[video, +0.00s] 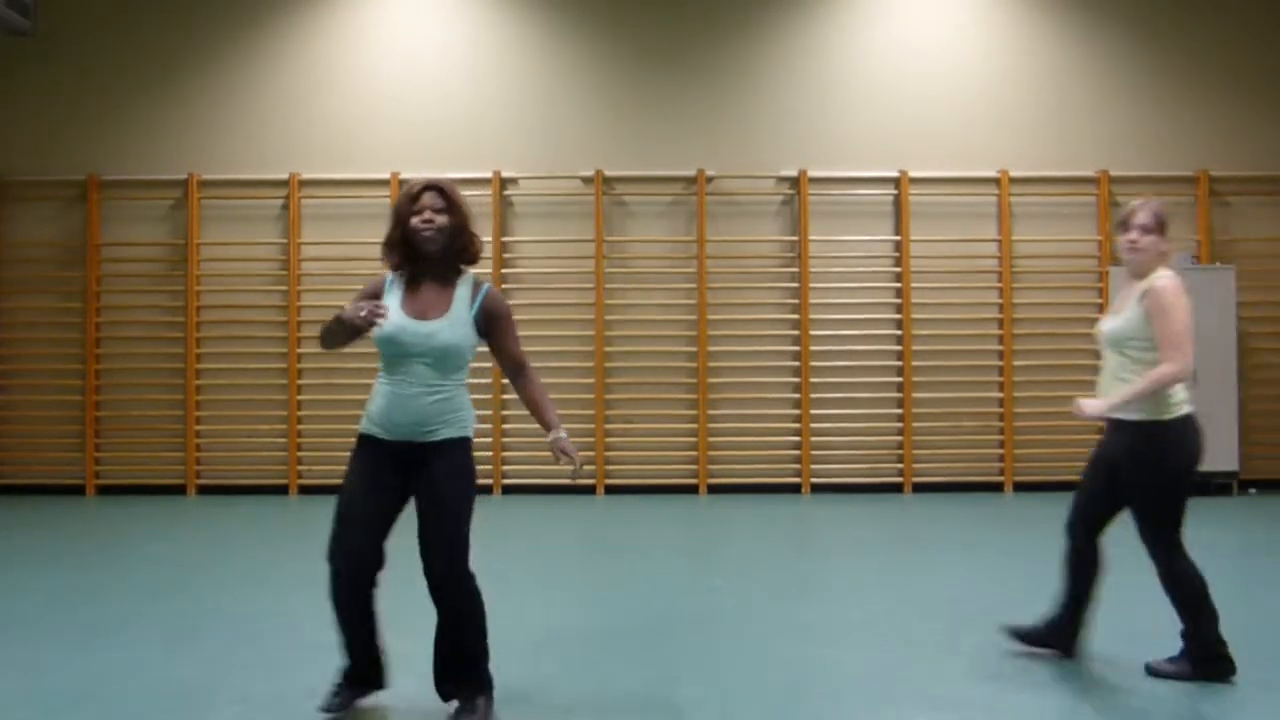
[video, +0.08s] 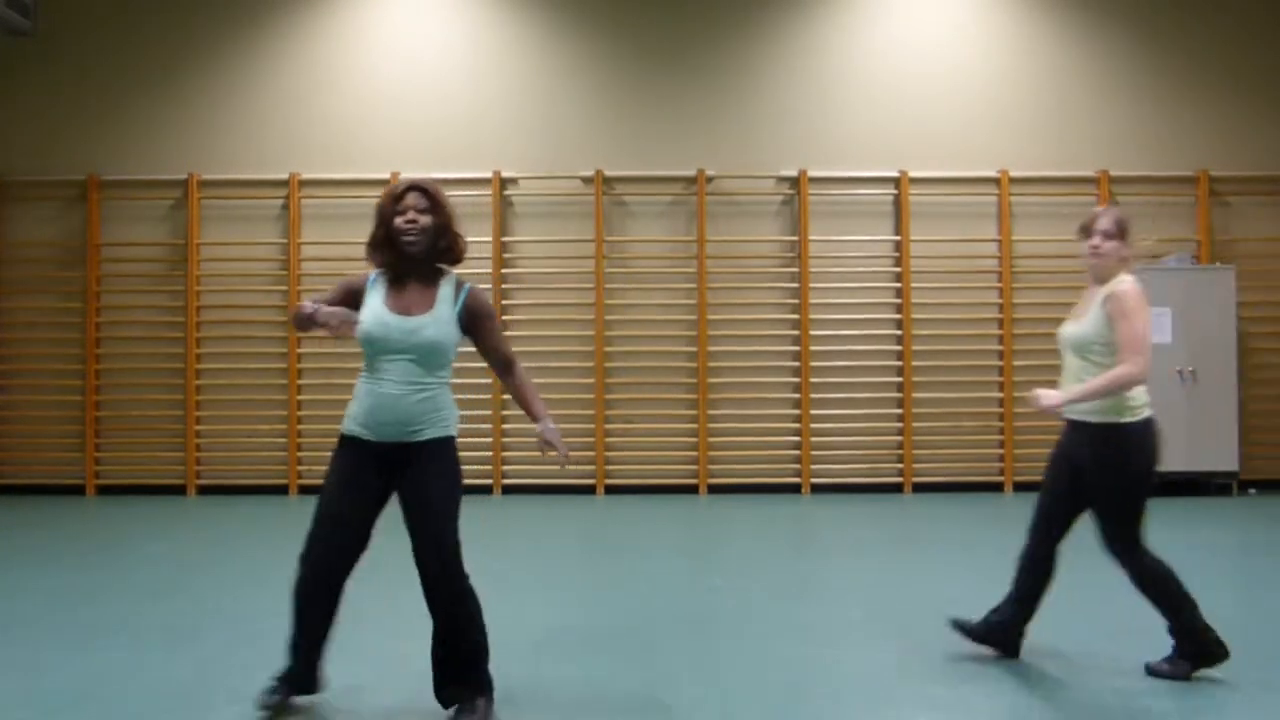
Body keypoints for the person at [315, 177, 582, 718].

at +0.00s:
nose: (428, 219)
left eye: (439, 212)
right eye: (418, 213)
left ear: (458, 226)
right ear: (403, 227)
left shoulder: (480, 298)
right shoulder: (385, 287)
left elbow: (519, 371)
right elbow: (329, 341)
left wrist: (555, 428)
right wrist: (349, 322)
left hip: (446, 447)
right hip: (380, 443)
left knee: (447, 570)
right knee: (348, 556)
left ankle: (473, 692)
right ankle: (362, 674)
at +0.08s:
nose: (410, 218)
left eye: (422, 211)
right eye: (401, 211)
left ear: (440, 226)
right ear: (387, 225)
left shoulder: (464, 297)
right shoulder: (367, 287)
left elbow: (507, 366)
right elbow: (301, 316)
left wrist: (542, 417)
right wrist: (315, 316)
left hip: (429, 446)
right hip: (363, 443)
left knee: (441, 570)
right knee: (320, 563)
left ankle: (472, 694)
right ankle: (300, 676)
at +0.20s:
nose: (380, 227)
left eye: (390, 220)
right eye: (370, 220)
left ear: (408, 233)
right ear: (353, 233)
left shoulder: (430, 303)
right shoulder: (333, 285)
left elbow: (472, 361)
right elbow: (267, 289)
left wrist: (504, 404)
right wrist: (281, 311)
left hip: (393, 452)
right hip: (324, 449)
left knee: (421, 573)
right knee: (286, 566)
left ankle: (467, 695)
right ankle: (231, 679)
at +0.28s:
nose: (358, 233)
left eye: (369, 226)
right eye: (348, 225)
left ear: (386, 239)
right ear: (332, 237)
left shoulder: (405, 310)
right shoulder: (311, 286)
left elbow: (443, 364)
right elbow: (244, 291)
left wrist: (458, 389)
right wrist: (257, 319)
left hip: (363, 455)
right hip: (294, 449)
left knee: (393, 571)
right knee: (262, 566)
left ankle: (455, 695)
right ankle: (230, 688)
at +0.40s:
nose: (334, 240)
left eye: (345, 233)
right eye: (324, 233)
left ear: (362, 245)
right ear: (308, 244)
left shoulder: (381, 314)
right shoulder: (280, 299)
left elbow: (392, 376)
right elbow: (227, 337)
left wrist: (374, 409)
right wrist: (239, 387)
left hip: (333, 462)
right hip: (268, 456)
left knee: (317, 572)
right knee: (251, 577)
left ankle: (367, 654)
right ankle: (232, 690)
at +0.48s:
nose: (324, 248)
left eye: (335, 240)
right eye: (315, 239)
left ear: (352, 252)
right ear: (299, 249)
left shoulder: (372, 323)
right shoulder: (270, 312)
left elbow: (371, 390)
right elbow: (226, 372)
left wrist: (357, 439)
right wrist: (241, 434)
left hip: (321, 470)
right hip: (258, 461)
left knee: (279, 570)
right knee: (238, 573)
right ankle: (232, 689)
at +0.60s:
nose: (323, 237)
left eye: (334, 229)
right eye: (313, 229)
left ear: (351, 243)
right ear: (297, 241)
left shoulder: (369, 312)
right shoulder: (270, 302)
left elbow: (386, 363)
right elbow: (232, 371)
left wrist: (401, 381)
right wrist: (297, 382)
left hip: (313, 455)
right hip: (249, 445)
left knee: (285, 564)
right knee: (235, 566)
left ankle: (279, 666)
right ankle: (229, 684)